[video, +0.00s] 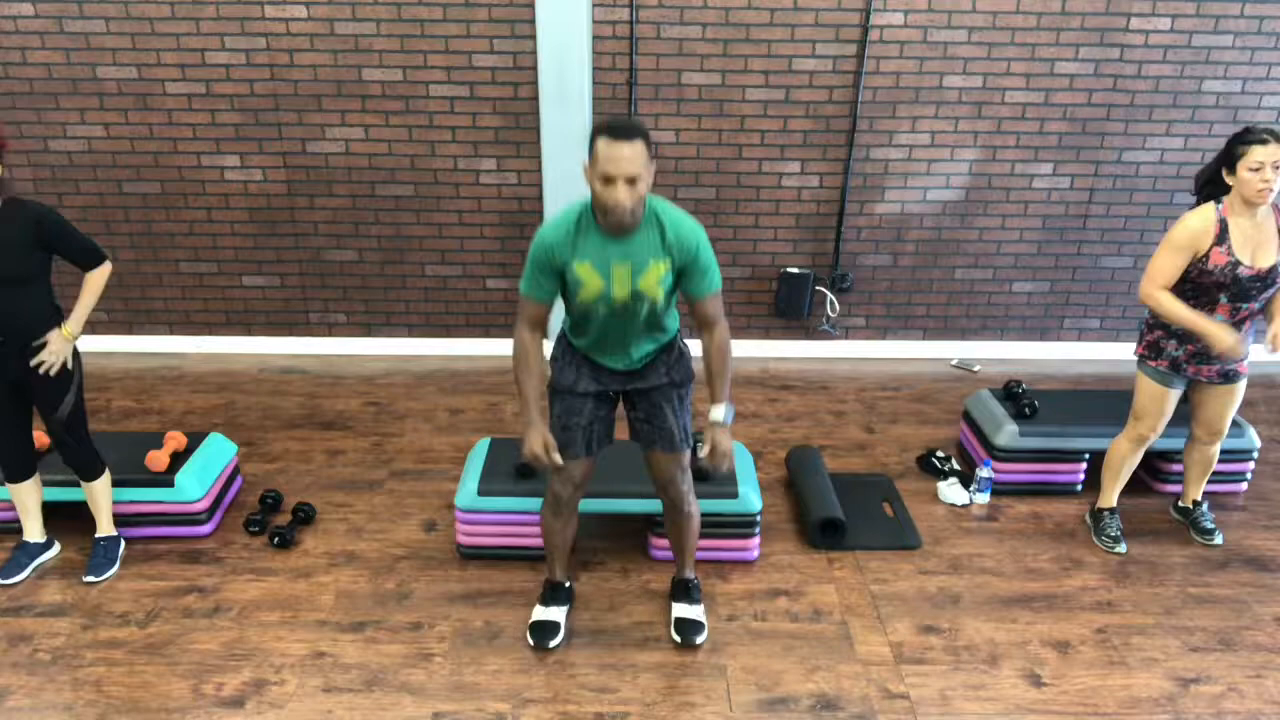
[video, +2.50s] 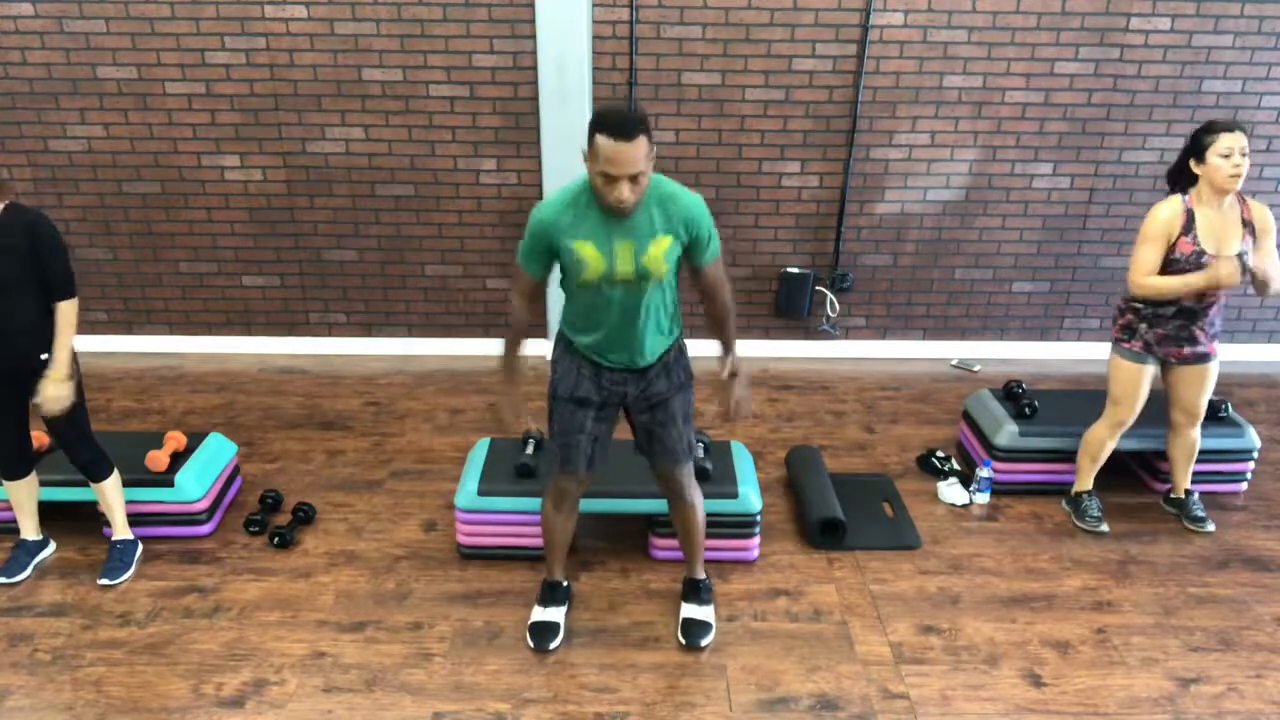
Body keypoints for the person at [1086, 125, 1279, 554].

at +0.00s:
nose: (1268, 177)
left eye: (1274, 167)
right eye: (1256, 168)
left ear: (1279, 172)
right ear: (1231, 174)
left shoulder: (1274, 220)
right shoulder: (1200, 223)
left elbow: (1272, 278)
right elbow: (1151, 289)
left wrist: (1276, 319)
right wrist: (1212, 329)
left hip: (1231, 344)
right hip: (1173, 337)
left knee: (1210, 435)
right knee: (1142, 430)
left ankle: (1190, 503)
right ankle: (1104, 509)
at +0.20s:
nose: (1273, 171)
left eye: (1278, 162)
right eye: (1262, 162)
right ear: (1236, 171)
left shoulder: (1275, 222)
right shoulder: (1204, 220)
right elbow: (1171, 292)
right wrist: (1243, 288)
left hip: (1234, 345)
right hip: (1177, 338)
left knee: (1211, 434)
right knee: (1141, 427)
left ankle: (1191, 504)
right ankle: (1102, 505)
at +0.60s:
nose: (1265, 209)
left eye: (1269, 199)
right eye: (1253, 199)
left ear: (1272, 205)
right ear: (1220, 206)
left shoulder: (1268, 250)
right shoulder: (1185, 248)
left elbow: (1268, 326)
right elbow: (1174, 325)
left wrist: (1273, 278)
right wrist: (1237, 286)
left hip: (1192, 339)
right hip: (1137, 332)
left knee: (1210, 427)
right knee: (1120, 426)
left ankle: (1181, 495)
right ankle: (1082, 493)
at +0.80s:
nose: (1254, 268)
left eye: (1259, 258)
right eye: (1243, 258)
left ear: (1264, 261)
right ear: (1212, 261)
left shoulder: (1259, 304)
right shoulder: (1172, 298)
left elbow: (1246, 376)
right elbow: (1162, 374)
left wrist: (1254, 335)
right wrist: (1219, 338)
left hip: (1180, 356)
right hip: (1124, 352)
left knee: (1221, 434)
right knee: (1119, 436)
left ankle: (1182, 496)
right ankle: (1083, 494)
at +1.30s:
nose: (1256, 243)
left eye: (1262, 234)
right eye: (1246, 234)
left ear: (1267, 238)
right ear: (1215, 238)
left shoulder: (1265, 283)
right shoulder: (1178, 277)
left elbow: (1258, 347)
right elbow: (1144, 345)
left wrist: (1261, 335)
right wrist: (1214, 334)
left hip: (1191, 355)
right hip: (1133, 348)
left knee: (1221, 434)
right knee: (1120, 433)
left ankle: (1181, 496)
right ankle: (1083, 493)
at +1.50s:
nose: (1260, 191)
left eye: (1265, 181)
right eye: (1249, 181)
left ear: (1269, 186)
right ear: (1218, 186)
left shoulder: (1269, 234)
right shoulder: (1186, 230)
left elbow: (1272, 291)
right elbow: (1131, 292)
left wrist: (1270, 318)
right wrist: (1191, 328)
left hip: (1204, 336)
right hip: (1147, 329)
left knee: (1212, 427)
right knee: (1123, 425)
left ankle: (1181, 495)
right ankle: (1083, 493)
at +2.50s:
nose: (1238, 164)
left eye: (1244, 156)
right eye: (1226, 156)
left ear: (1249, 161)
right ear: (1197, 165)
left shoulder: (1257, 216)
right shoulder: (1167, 213)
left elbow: (1268, 288)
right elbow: (1138, 283)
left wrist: (1256, 268)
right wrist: (1206, 279)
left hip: (1197, 331)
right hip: (1143, 326)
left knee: (1189, 419)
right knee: (1120, 416)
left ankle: (1181, 494)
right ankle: (1080, 491)